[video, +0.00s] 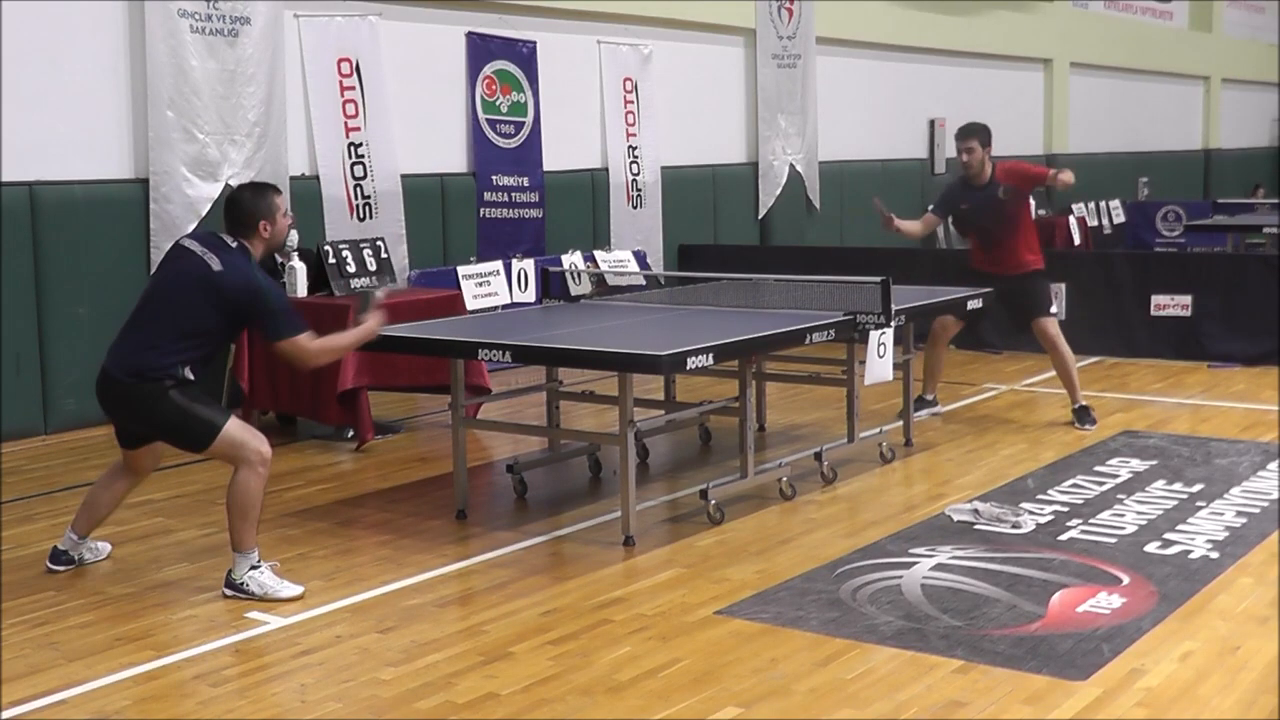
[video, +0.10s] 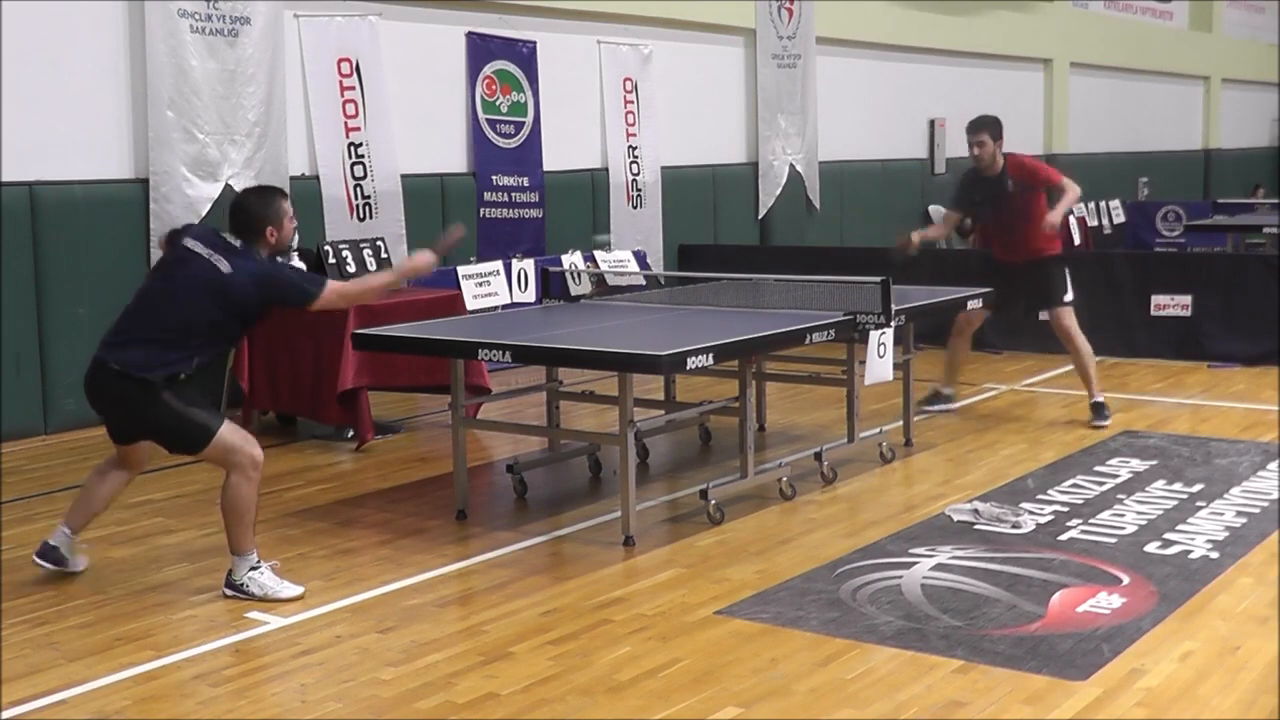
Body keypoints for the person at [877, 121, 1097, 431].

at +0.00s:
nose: (963, 158)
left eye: (969, 151)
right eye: (960, 152)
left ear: (987, 150)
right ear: (957, 153)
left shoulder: (1012, 173)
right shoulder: (955, 191)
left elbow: (1062, 177)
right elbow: (922, 228)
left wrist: (1062, 179)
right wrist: (897, 224)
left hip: (1025, 274)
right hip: (981, 276)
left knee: (1048, 331)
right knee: (940, 328)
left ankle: (1079, 404)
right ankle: (928, 398)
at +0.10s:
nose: (974, 151)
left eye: (980, 145)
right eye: (970, 145)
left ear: (998, 143)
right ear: (968, 146)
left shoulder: (1023, 167)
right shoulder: (970, 180)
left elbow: (1073, 189)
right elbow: (946, 226)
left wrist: (1057, 213)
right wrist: (919, 235)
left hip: (1044, 260)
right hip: (1001, 264)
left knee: (1064, 323)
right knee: (964, 322)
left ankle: (1096, 399)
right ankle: (946, 392)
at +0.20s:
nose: (984, 159)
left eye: (990, 152)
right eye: (981, 153)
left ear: (1008, 151)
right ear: (978, 154)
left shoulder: (1038, 177)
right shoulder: (981, 189)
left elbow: (1079, 208)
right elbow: (961, 235)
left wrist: (1051, 235)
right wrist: (933, 257)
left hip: (1055, 271)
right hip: (1014, 273)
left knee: (1075, 328)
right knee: (975, 326)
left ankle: (1115, 398)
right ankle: (981, 387)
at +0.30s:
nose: (998, 165)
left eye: (1003, 157)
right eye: (995, 159)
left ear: (1023, 154)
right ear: (995, 159)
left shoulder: (1049, 178)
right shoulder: (1005, 195)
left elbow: (1052, 228)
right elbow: (1004, 248)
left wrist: (1012, 233)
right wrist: (979, 281)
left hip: (1081, 270)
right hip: (1038, 273)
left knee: (1108, 332)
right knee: (1002, 331)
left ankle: (1130, 395)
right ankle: (982, 388)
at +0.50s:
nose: (1044, 178)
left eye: (1046, 171)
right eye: (1043, 172)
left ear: (1062, 166)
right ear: (1069, 166)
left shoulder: (1062, 192)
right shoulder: (1104, 187)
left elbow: (1033, 238)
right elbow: (1115, 230)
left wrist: (1002, 278)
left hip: (1128, 283)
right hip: (1098, 284)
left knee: (1140, 359)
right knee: (1053, 323)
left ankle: (1209, 402)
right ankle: (1060, 395)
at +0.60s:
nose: (1068, 180)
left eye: (1069, 172)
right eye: (1066, 173)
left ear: (1084, 168)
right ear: (1096, 167)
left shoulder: (1090, 190)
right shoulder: (1126, 190)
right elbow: (1134, 234)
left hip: (1141, 287)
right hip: (1115, 285)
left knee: (1149, 365)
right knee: (1066, 323)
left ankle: (1218, 408)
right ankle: (1063, 394)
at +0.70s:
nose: (1110, 166)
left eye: (1111, 158)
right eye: (1109, 159)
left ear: (1126, 152)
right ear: (1125, 154)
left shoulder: (1172, 179)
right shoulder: (1127, 184)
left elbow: (1172, 220)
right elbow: (1095, 210)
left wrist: (1123, 215)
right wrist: (1069, 184)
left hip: (1163, 283)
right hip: (1127, 277)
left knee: (1165, 348)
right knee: (1070, 319)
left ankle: (1219, 411)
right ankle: (1081, 388)